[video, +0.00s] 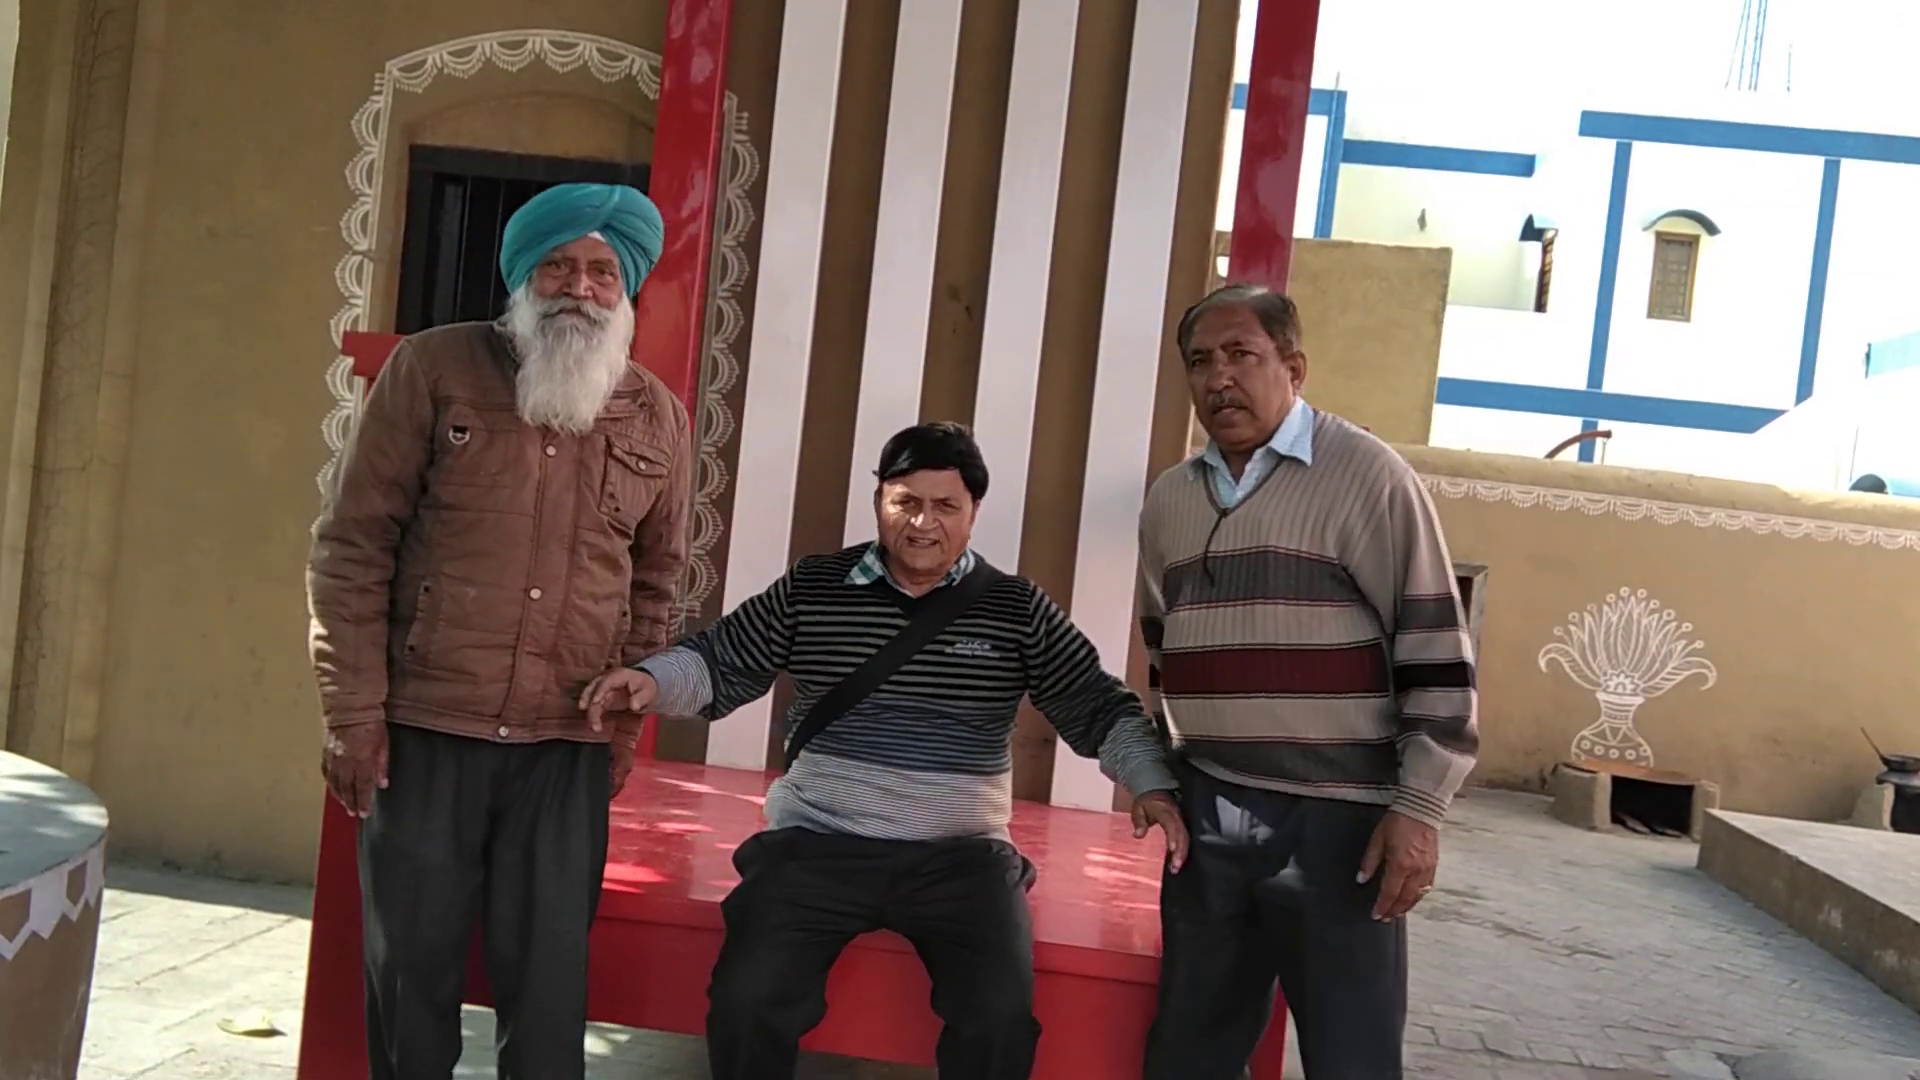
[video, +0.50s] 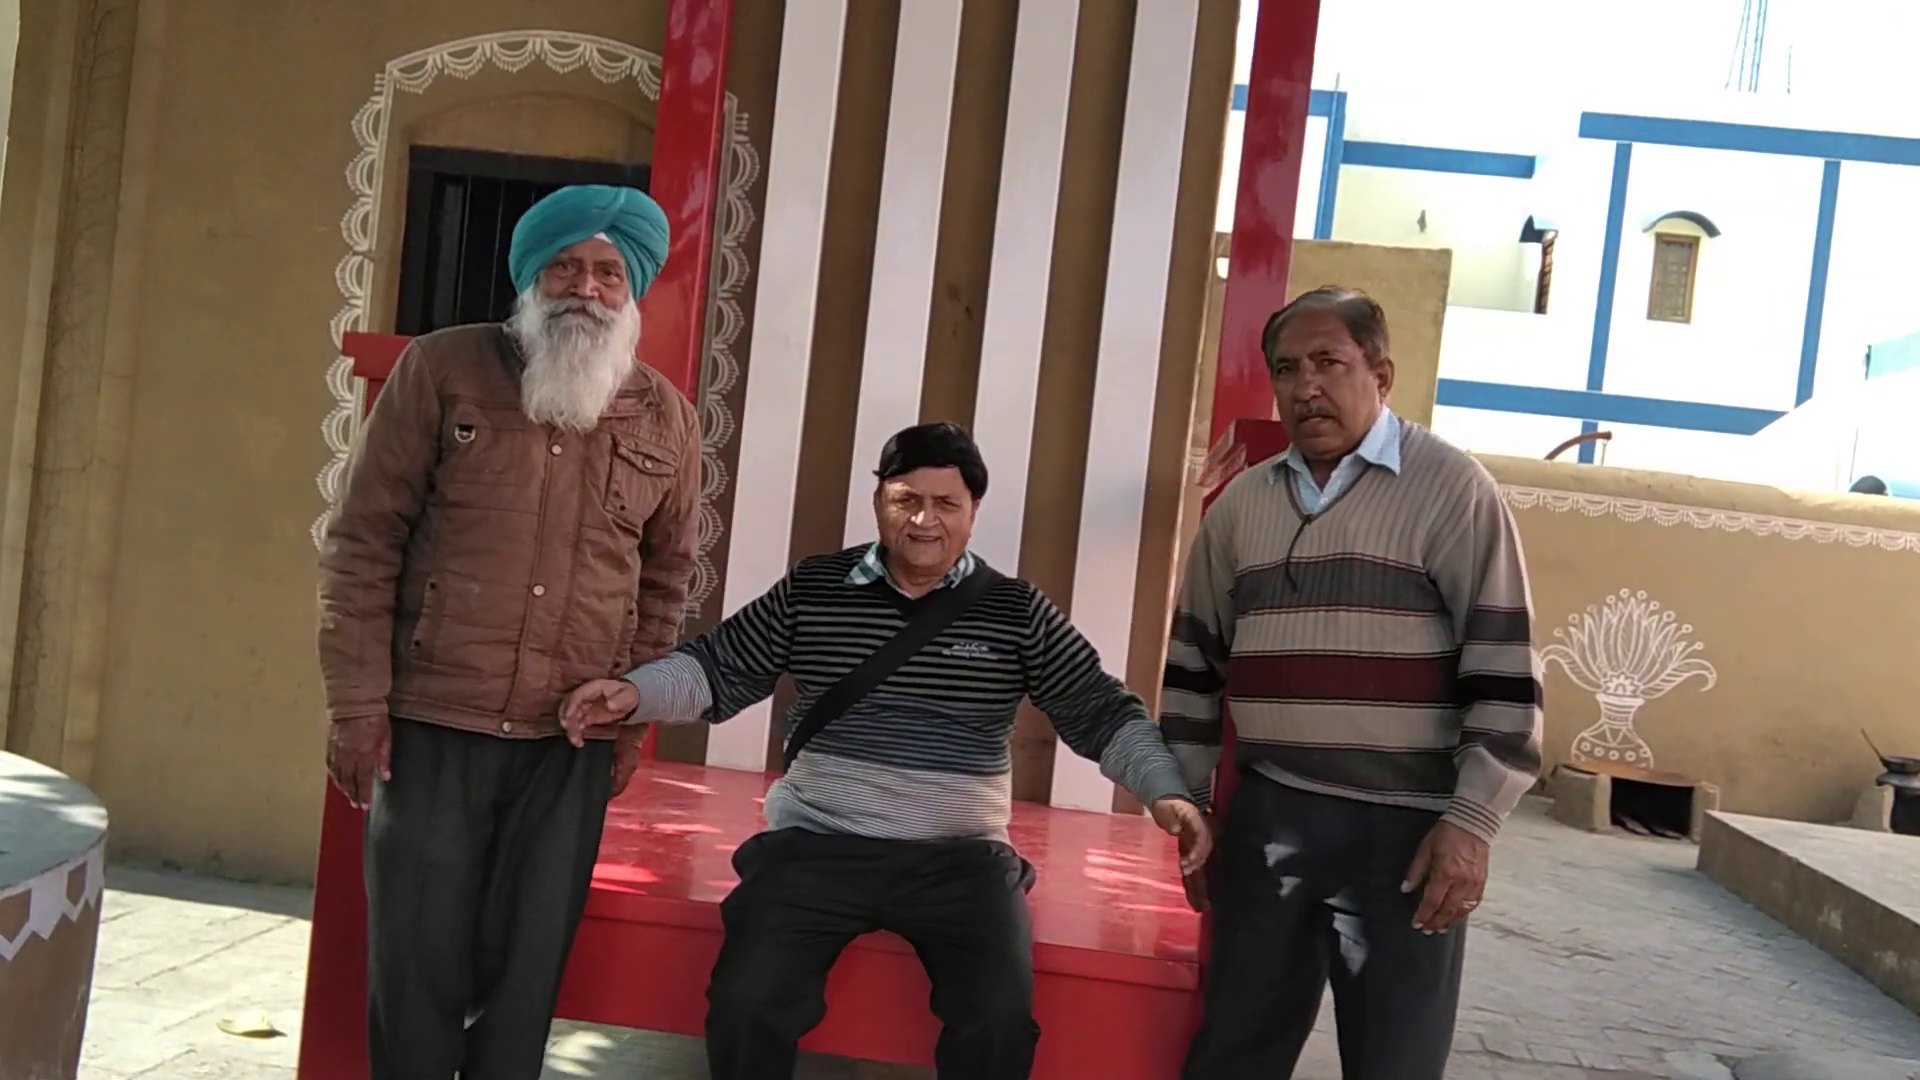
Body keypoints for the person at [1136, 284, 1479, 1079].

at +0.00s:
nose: (1218, 377)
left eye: (1239, 355)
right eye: (1201, 360)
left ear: (1292, 365)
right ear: (1186, 378)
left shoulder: (1372, 479)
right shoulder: (1170, 499)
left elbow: (1437, 660)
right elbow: (1160, 654)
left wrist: (1419, 807)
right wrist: (1158, 777)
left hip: (1340, 828)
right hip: (1209, 820)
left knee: (1350, 1065)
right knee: (1187, 1061)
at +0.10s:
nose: (1232, 378)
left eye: (1255, 356)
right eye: (1216, 362)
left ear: (1310, 366)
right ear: (1202, 378)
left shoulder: (1388, 479)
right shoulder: (1186, 501)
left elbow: (1453, 661)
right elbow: (1178, 667)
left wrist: (1433, 816)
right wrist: (1172, 782)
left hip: (1355, 828)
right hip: (1224, 818)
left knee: (1361, 1067)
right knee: (1198, 1061)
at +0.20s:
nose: (1256, 385)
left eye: (1277, 362)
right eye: (1238, 368)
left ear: (1329, 369)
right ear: (1223, 382)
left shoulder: (1409, 485)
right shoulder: (1202, 506)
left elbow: (1468, 667)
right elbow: (1178, 669)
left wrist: (1443, 818)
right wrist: (1179, 790)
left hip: (1378, 830)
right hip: (1241, 820)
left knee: (1375, 1066)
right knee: (1208, 1059)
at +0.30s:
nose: (1275, 385)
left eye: (1295, 362)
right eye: (1256, 370)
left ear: (1349, 369)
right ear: (1241, 387)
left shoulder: (1428, 489)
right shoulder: (1214, 509)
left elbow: (1480, 673)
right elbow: (1187, 672)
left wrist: (1453, 815)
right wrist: (1179, 798)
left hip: (1391, 833)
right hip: (1254, 823)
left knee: (1386, 1066)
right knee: (1219, 1059)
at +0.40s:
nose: (1291, 385)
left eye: (1311, 362)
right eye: (1272, 369)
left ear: (1366, 373)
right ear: (1257, 386)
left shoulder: (1442, 492)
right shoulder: (1227, 510)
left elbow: (1496, 677)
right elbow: (1190, 674)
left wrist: (1460, 818)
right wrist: (1180, 806)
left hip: (1401, 835)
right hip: (1260, 825)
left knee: (1390, 1067)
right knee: (1226, 1059)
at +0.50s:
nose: (1305, 385)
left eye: (1326, 362)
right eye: (1287, 369)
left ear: (1380, 372)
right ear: (1271, 386)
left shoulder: (1456, 495)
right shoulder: (1237, 509)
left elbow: (1507, 683)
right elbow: (1192, 673)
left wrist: (1471, 823)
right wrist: (1192, 812)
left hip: (1407, 837)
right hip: (1265, 824)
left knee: (1393, 1067)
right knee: (1232, 1059)